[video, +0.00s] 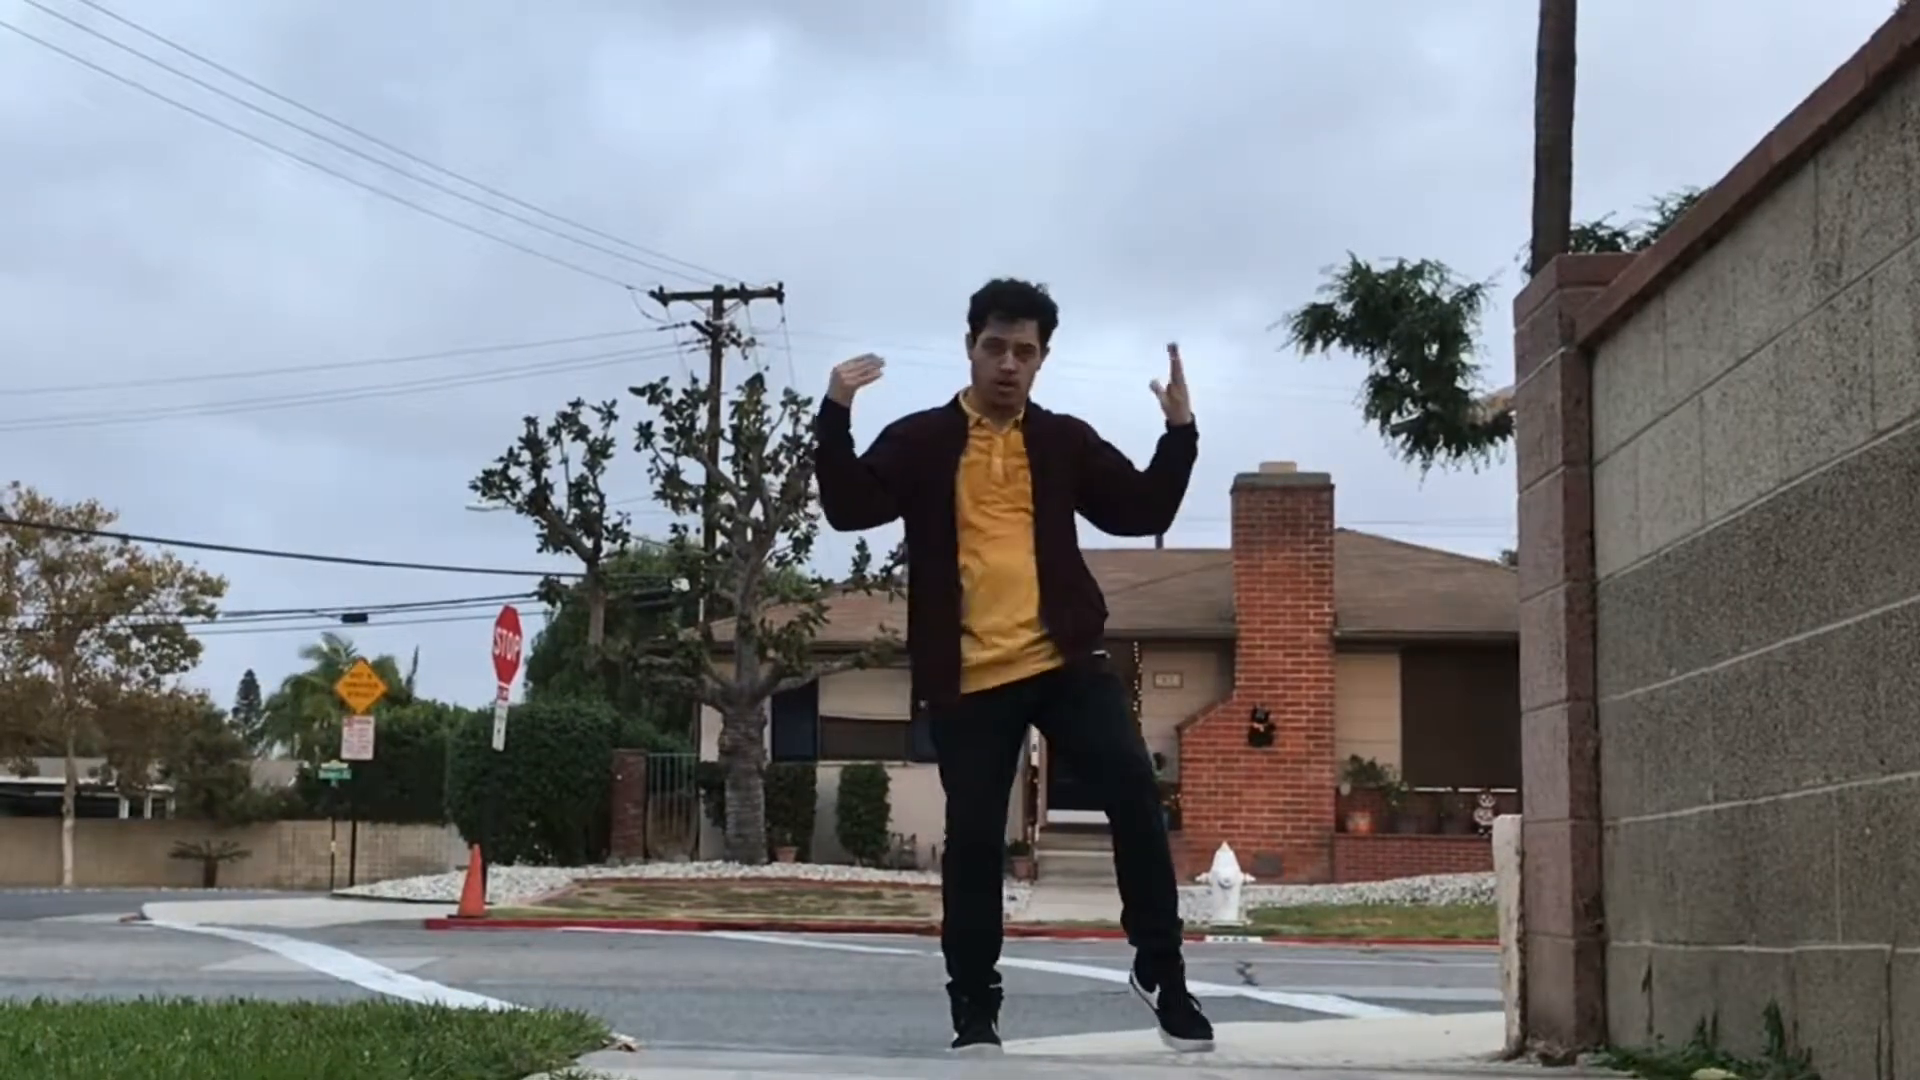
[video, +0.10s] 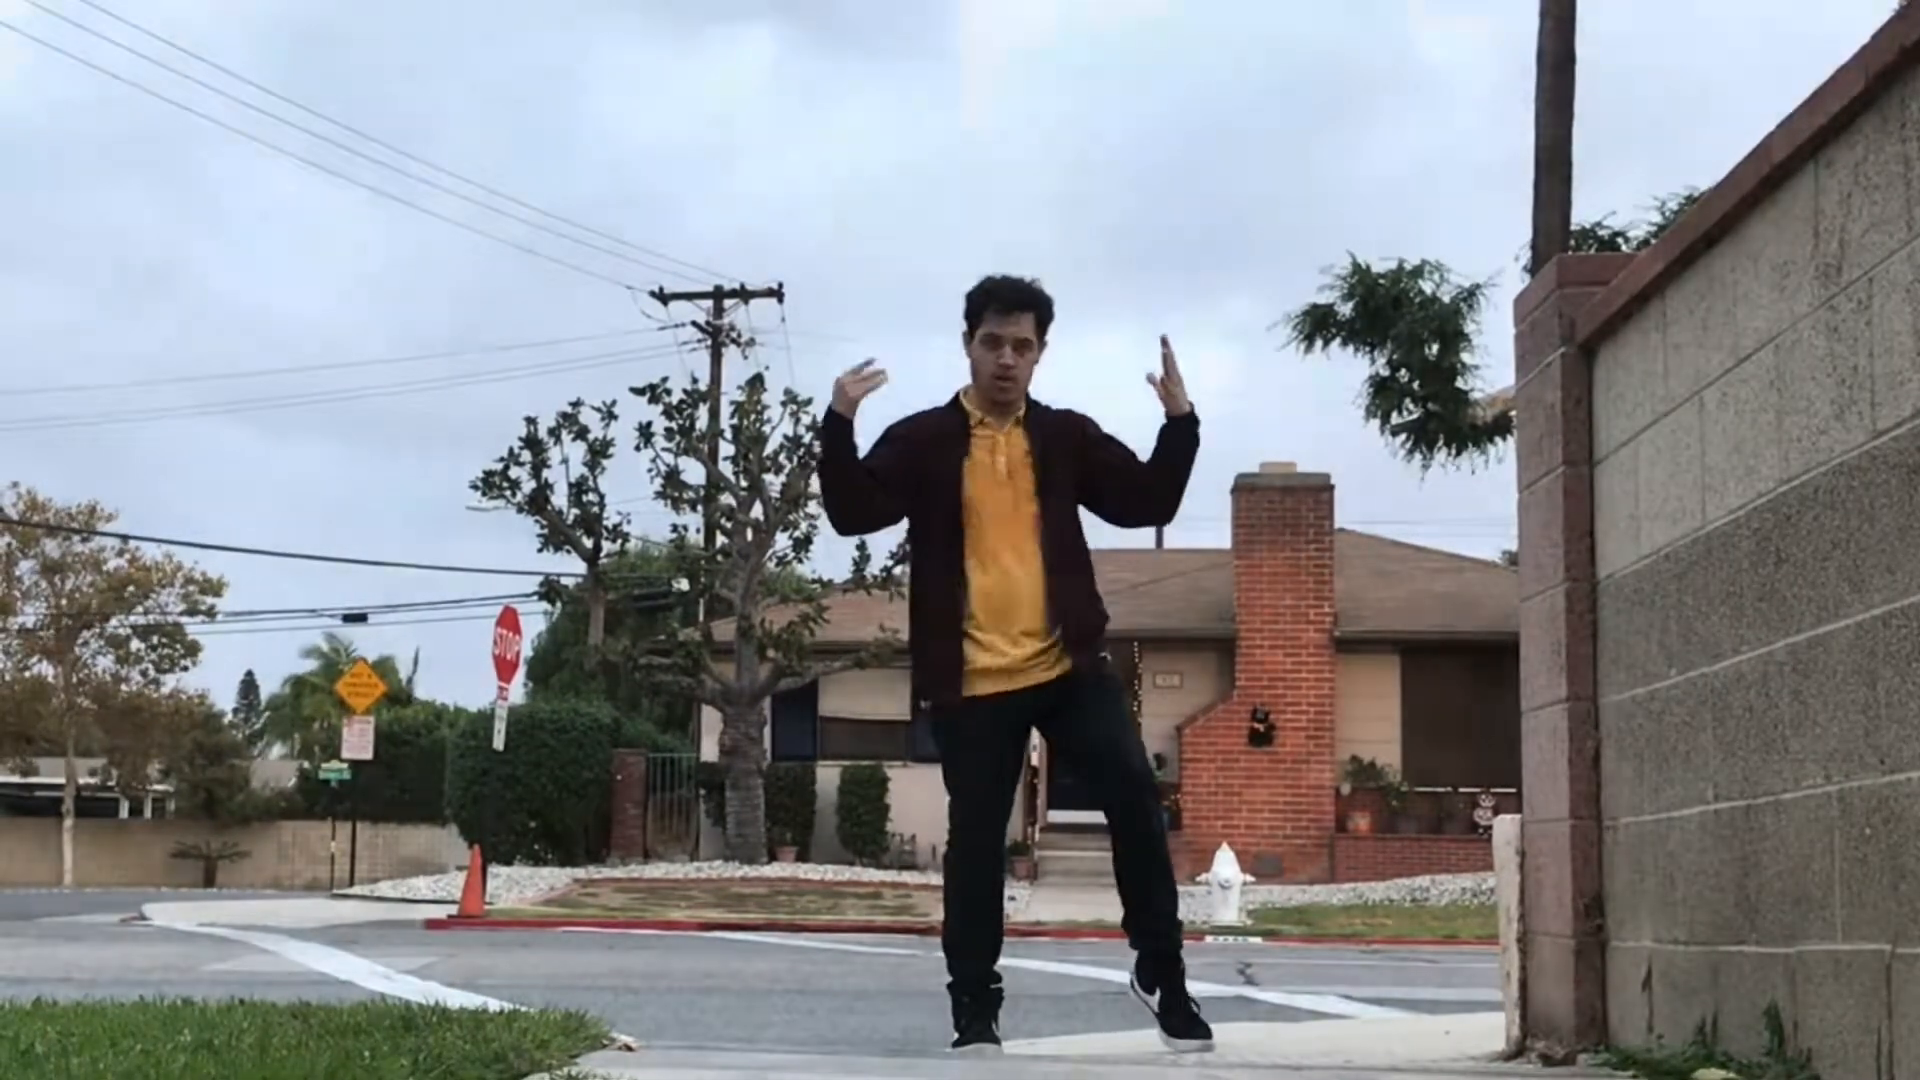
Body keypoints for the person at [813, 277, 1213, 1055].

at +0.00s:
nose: (1010, 364)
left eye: (1025, 352)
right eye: (996, 348)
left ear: (1042, 359)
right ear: (970, 349)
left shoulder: (1064, 440)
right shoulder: (919, 439)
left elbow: (1147, 514)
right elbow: (846, 505)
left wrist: (1179, 433)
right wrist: (834, 408)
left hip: (1066, 664)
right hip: (969, 680)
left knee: (1133, 790)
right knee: (975, 843)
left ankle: (1163, 972)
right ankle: (974, 1009)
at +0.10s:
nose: (1008, 359)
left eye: (1022, 346)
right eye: (994, 344)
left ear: (1040, 353)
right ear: (968, 348)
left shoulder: (1066, 436)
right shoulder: (921, 439)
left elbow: (1151, 502)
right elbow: (851, 511)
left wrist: (1180, 423)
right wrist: (838, 419)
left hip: (1069, 668)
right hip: (973, 682)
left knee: (1132, 791)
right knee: (977, 844)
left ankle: (1164, 974)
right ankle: (974, 1009)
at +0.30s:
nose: (1008, 356)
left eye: (1023, 344)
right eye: (994, 342)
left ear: (1042, 352)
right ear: (969, 347)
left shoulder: (1072, 443)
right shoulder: (929, 443)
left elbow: (1106, 545)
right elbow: (919, 545)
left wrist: (1068, 566)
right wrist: (941, 624)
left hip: (1067, 672)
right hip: (974, 681)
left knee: (1134, 793)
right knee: (975, 838)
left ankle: (1164, 972)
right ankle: (974, 1005)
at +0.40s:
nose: (1007, 355)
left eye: (1022, 341)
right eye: (993, 340)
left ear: (1042, 350)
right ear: (969, 346)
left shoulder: (1072, 437)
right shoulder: (935, 438)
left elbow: (1081, 542)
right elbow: (943, 553)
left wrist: (1026, 591)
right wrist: (995, 647)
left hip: (1059, 662)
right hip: (967, 669)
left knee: (1123, 796)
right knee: (973, 837)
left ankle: (1161, 975)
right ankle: (974, 1005)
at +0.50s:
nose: (1005, 353)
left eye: (1020, 339)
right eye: (991, 338)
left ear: (1040, 347)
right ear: (968, 345)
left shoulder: (1072, 434)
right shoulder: (935, 434)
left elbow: (1066, 534)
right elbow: (949, 546)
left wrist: (1014, 604)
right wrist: (1044, 629)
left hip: (1049, 666)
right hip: (957, 672)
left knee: (1104, 807)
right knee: (965, 838)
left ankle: (1147, 987)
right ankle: (972, 1007)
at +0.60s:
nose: (1002, 345)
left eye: (1016, 331)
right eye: (987, 332)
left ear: (1038, 342)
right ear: (965, 343)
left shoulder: (1071, 429)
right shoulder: (932, 430)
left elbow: (1067, 534)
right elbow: (940, 547)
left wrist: (1024, 613)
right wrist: (1038, 615)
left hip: (1045, 665)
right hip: (954, 672)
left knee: (1069, 819)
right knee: (961, 842)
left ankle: (1092, 989)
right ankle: (971, 1007)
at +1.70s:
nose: (1066, 345)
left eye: (1081, 333)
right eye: (1052, 330)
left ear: (1102, 346)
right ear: (1029, 339)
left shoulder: (1133, 447)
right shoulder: (985, 433)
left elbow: (1185, 557)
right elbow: (943, 544)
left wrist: (1153, 646)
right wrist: (929, 639)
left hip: (1089, 678)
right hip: (993, 670)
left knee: (1073, 846)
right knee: (980, 820)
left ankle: (1049, 1007)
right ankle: (979, 989)